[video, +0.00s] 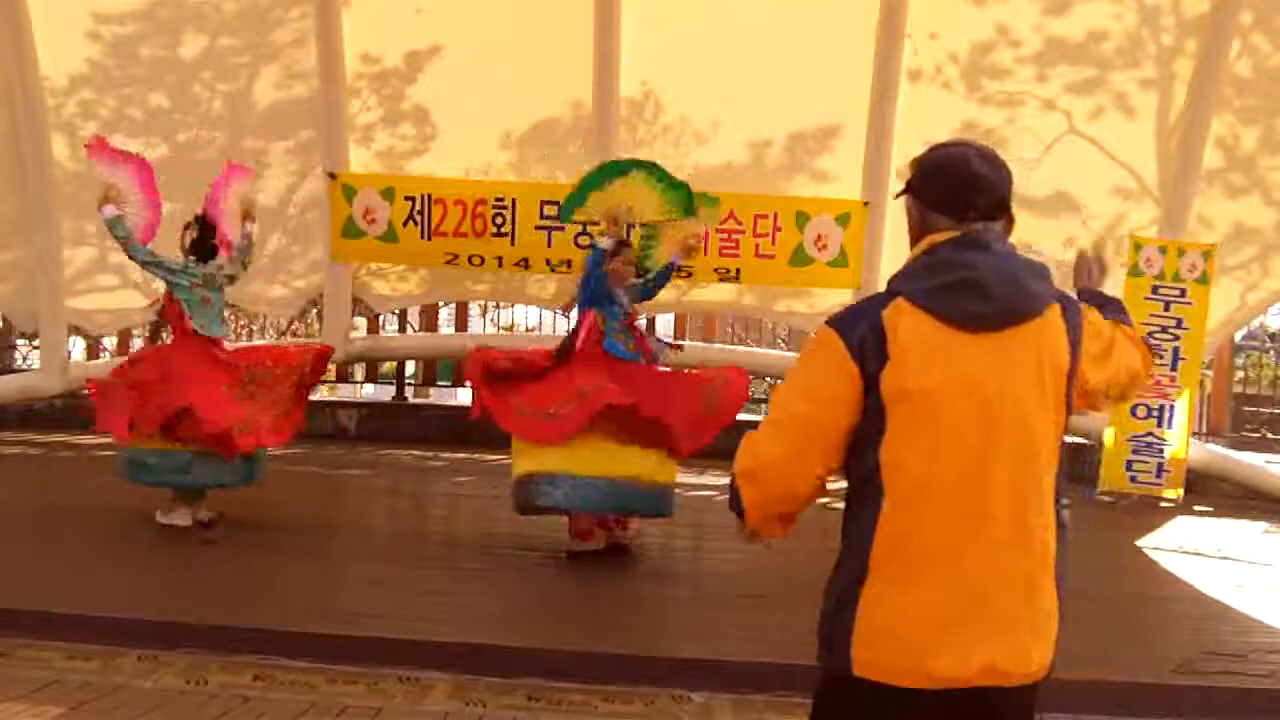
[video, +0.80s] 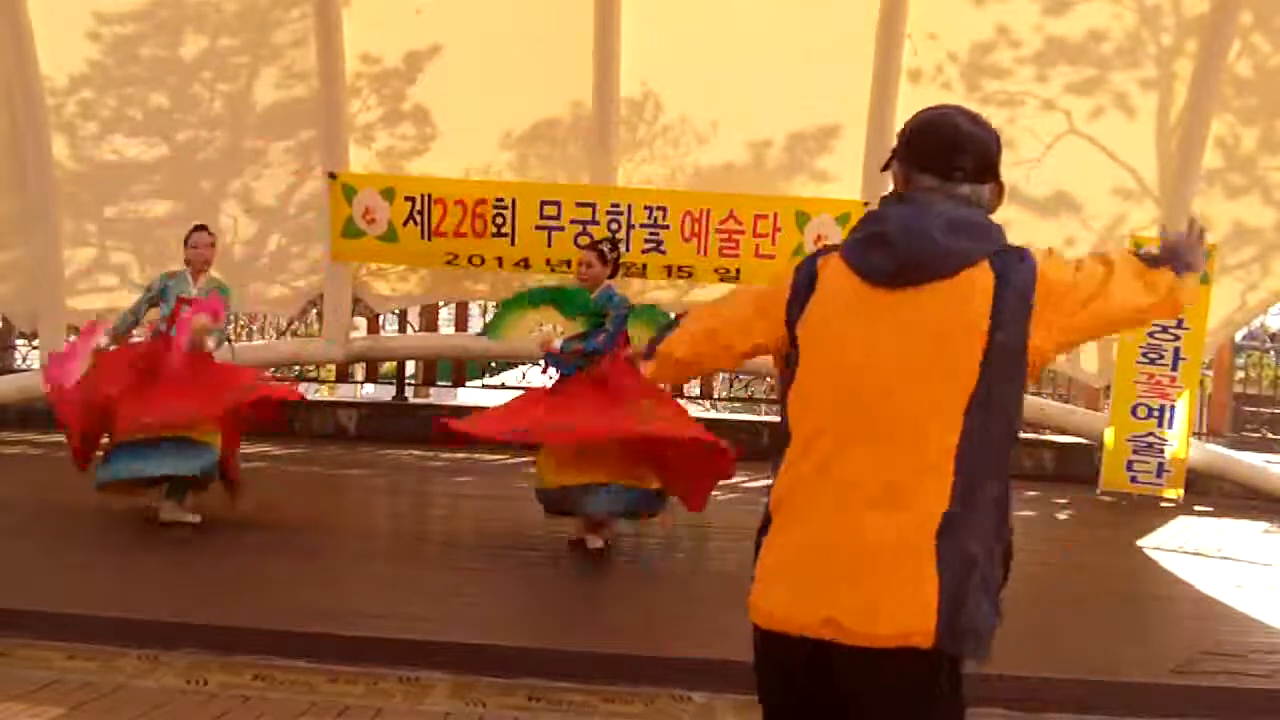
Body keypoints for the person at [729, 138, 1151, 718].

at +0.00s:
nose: (906, 222)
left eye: (907, 211)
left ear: (913, 219)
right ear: (1008, 224)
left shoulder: (867, 328)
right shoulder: (1062, 326)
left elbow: (774, 475)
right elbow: (1127, 363)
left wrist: (758, 504)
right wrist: (1099, 305)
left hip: (888, 656)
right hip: (1012, 659)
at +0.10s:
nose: (893, 219)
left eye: (892, 208)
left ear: (899, 212)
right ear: (991, 217)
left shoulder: (858, 321)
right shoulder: (1057, 331)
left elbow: (765, 452)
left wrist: (725, 494)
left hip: (869, 646)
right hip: (990, 649)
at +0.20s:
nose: (893, 212)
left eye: (894, 199)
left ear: (901, 203)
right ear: (995, 206)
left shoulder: (855, 308)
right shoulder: (1059, 333)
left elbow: (761, 434)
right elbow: (1091, 501)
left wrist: (698, 502)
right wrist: (1034, 450)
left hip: (851, 632)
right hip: (969, 642)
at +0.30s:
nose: (898, 200)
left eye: (900, 187)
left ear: (908, 195)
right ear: (1001, 203)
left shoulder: (852, 300)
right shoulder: (1055, 333)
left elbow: (772, 422)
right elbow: (1068, 472)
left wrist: (720, 515)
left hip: (843, 621)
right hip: (963, 631)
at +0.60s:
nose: (888, 203)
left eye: (887, 192)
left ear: (890, 196)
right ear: (981, 211)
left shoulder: (814, 298)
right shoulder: (1014, 320)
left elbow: (716, 420)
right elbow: (1086, 444)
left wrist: (668, 531)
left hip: (786, 632)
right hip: (912, 644)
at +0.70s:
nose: (884, 196)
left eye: (887, 184)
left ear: (891, 190)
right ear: (985, 201)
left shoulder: (815, 290)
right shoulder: (1018, 305)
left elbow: (701, 384)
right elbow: (1122, 367)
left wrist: (646, 447)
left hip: (781, 626)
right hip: (908, 638)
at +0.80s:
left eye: (894, 173)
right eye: (993, 186)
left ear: (895, 181)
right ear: (990, 193)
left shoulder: (818, 278)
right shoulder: (1018, 284)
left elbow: (706, 333)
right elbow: (1116, 288)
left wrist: (659, 361)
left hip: (788, 619)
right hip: (908, 626)